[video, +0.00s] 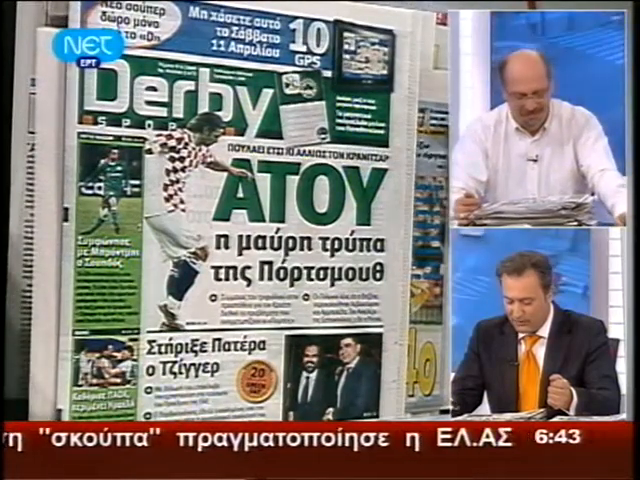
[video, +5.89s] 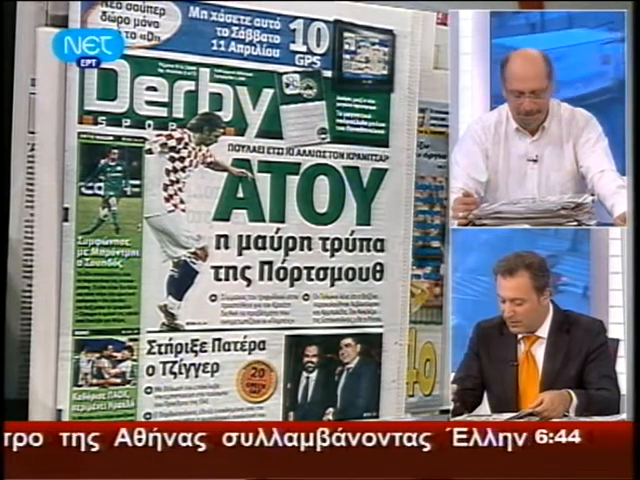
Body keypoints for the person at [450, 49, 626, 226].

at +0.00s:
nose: (531, 105)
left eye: (538, 94)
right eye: (519, 97)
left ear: (550, 86)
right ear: (505, 92)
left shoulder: (579, 123)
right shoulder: (482, 130)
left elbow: (604, 173)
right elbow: (462, 188)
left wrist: (625, 210)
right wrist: (463, 208)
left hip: (567, 243)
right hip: (500, 243)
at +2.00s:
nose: (536, 102)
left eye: (543, 91)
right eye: (525, 93)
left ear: (552, 84)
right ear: (506, 91)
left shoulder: (580, 123)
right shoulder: (482, 131)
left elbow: (603, 173)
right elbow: (462, 189)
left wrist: (624, 210)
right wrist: (463, 208)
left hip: (567, 245)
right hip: (500, 245)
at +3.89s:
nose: (531, 107)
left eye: (539, 96)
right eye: (521, 98)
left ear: (551, 87)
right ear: (505, 91)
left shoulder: (580, 124)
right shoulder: (482, 131)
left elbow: (604, 174)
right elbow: (462, 189)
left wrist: (624, 211)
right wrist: (463, 208)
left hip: (566, 245)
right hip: (499, 245)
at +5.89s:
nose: (527, 106)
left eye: (536, 95)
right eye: (517, 96)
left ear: (551, 87)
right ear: (504, 90)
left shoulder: (579, 124)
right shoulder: (482, 131)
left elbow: (603, 174)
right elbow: (462, 188)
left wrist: (624, 212)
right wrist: (462, 208)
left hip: (567, 244)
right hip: (499, 244)